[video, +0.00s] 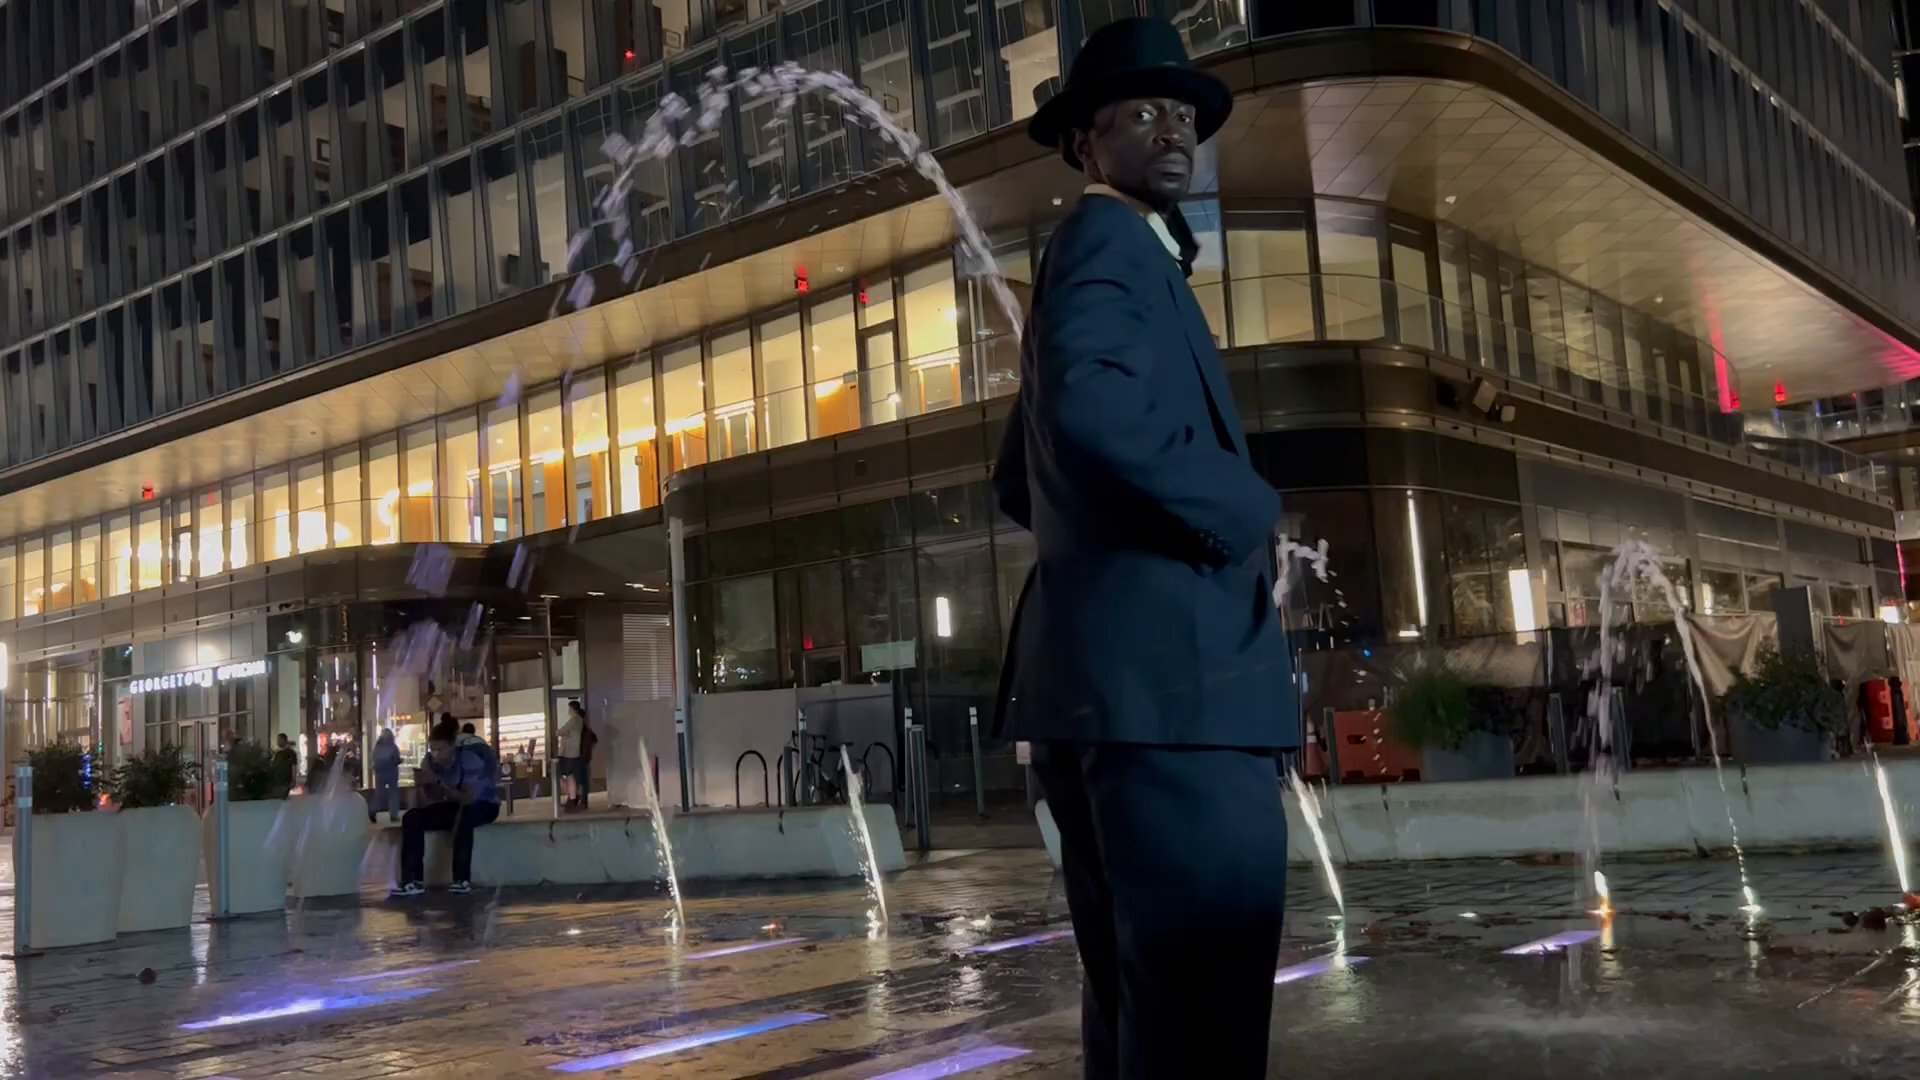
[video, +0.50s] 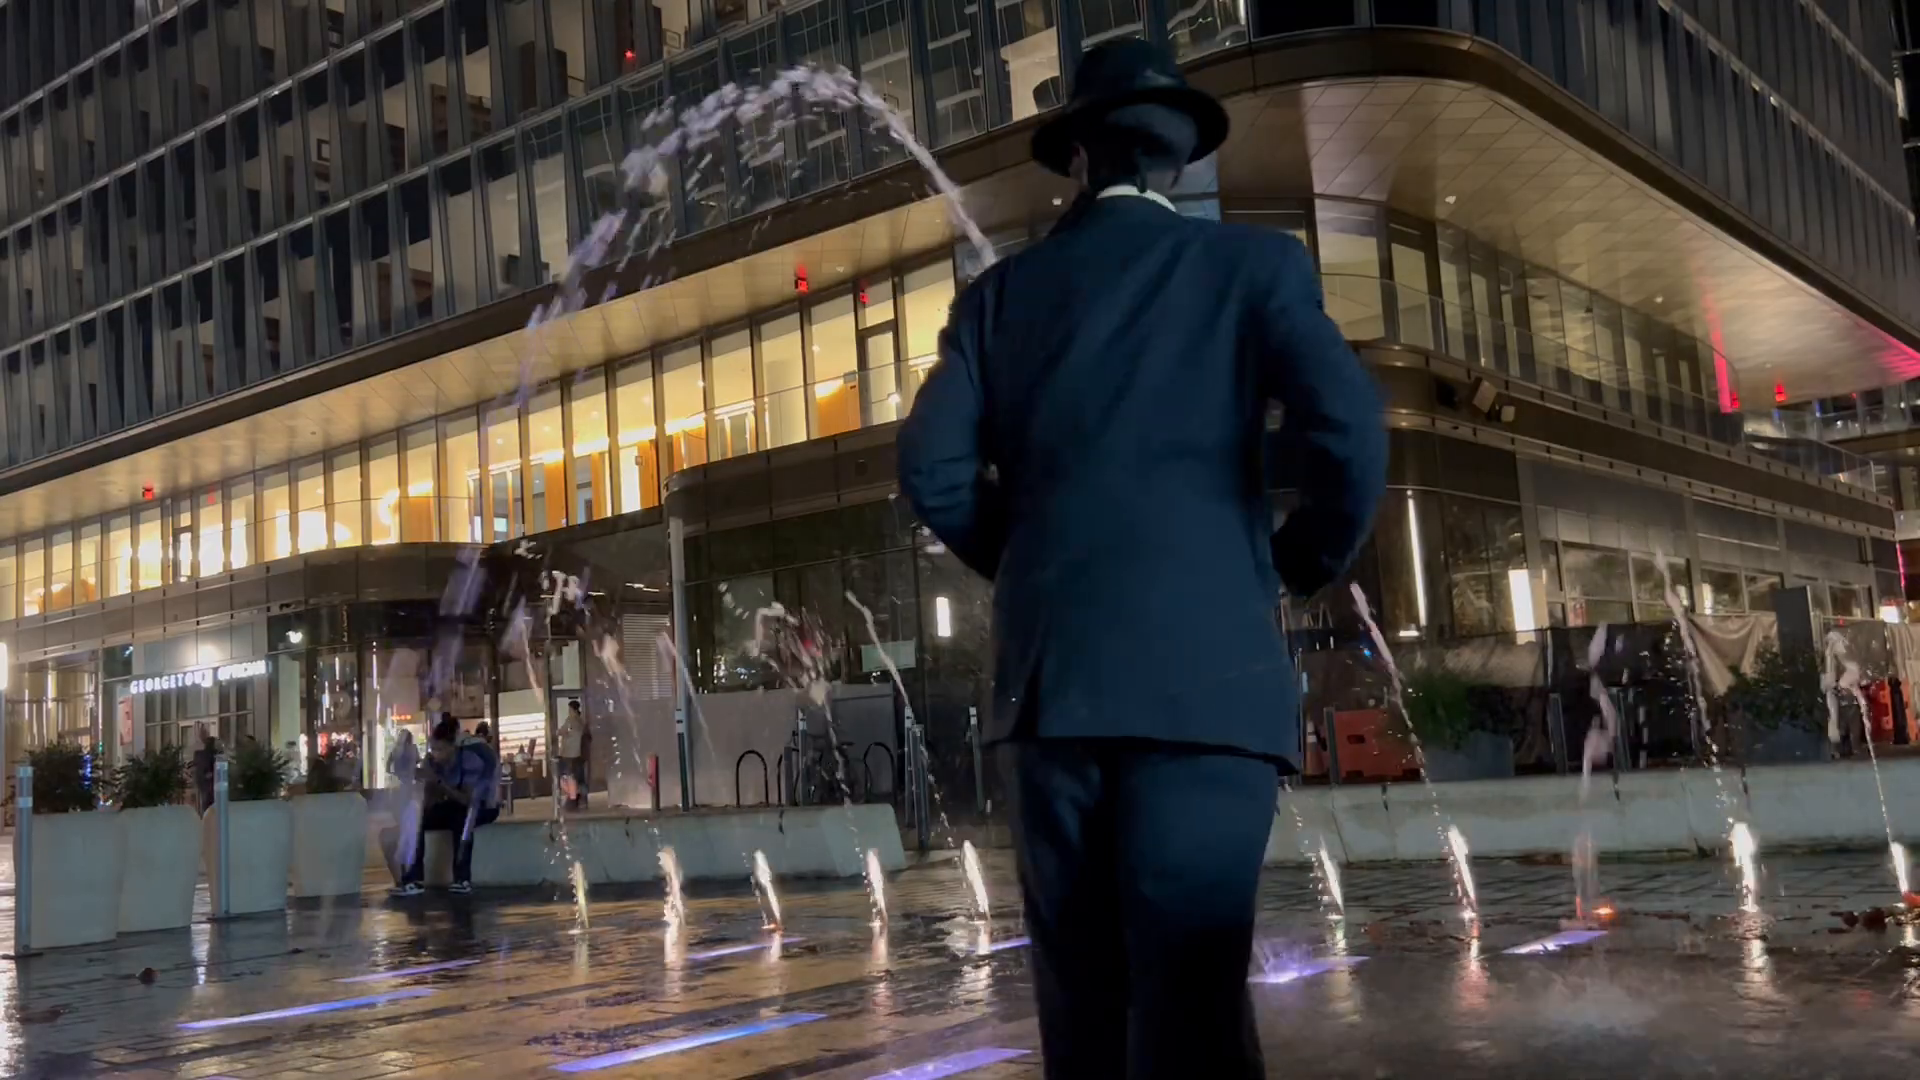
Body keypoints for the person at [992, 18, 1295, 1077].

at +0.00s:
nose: (1175, 130)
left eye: (1186, 115)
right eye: (1142, 114)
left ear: (1201, 137)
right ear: (1085, 148)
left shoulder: (1087, 254)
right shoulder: (1110, 236)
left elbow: (1018, 478)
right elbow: (1098, 409)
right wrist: (1260, 517)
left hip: (1105, 705)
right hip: (1171, 700)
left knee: (1137, 1018)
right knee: (1205, 1026)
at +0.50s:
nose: (1204, 171)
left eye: (1074, 155)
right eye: (1196, 153)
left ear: (1075, 170)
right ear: (1191, 163)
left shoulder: (1000, 292)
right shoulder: (1256, 262)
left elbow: (932, 467)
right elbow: (1351, 440)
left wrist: (1029, 555)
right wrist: (1300, 561)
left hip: (1049, 670)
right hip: (1206, 664)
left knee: (1079, 998)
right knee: (1194, 993)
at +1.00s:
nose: (1061, 188)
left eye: (1061, 168)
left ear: (1073, 176)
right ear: (1175, 173)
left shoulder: (1041, 278)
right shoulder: (1267, 295)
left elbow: (1028, 457)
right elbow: (1341, 465)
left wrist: (981, 517)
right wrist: (1248, 557)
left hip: (1100, 680)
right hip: (1240, 671)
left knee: (1098, 989)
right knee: (1251, 970)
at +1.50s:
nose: (1089, 227)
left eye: (1090, 206)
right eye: (1088, 208)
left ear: (1110, 200)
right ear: (1210, 200)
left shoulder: (1076, 300)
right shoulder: (1324, 307)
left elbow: (1039, 471)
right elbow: (1447, 429)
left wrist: (1042, 537)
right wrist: (1359, 546)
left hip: (1136, 693)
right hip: (1305, 689)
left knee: (1131, 998)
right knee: (1301, 986)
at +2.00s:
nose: (952, 218)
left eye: (954, 194)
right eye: (951, 197)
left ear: (986, 188)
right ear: (1048, 186)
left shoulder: (1008, 277)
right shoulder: (1100, 288)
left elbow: (1035, 469)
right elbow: (1135, 488)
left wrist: (941, 573)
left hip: (1063, 663)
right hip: (1123, 650)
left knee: (994, 939)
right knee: (1018, 931)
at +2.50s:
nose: (879, 208)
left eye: (883, 189)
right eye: (881, 189)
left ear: (908, 189)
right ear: (986, 197)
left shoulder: (873, 285)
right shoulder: (1064, 318)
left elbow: (821, 444)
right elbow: (1159, 466)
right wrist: (1216, 579)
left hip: (969, 652)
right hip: (1069, 648)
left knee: (936, 939)